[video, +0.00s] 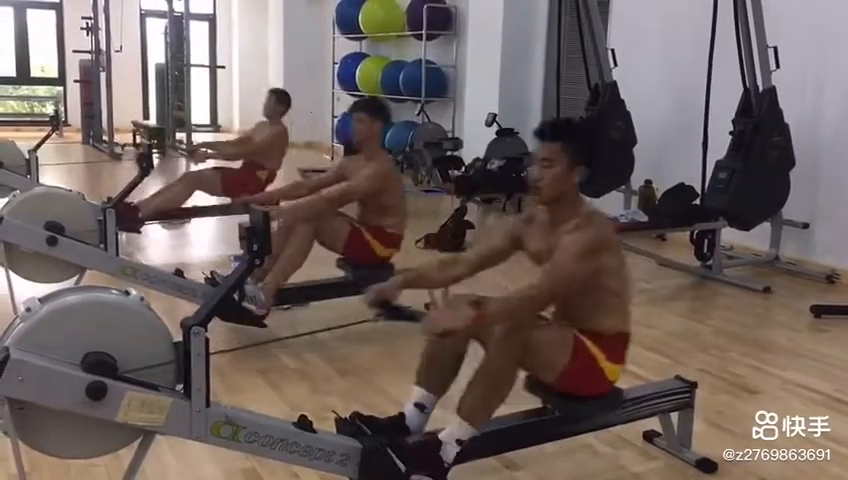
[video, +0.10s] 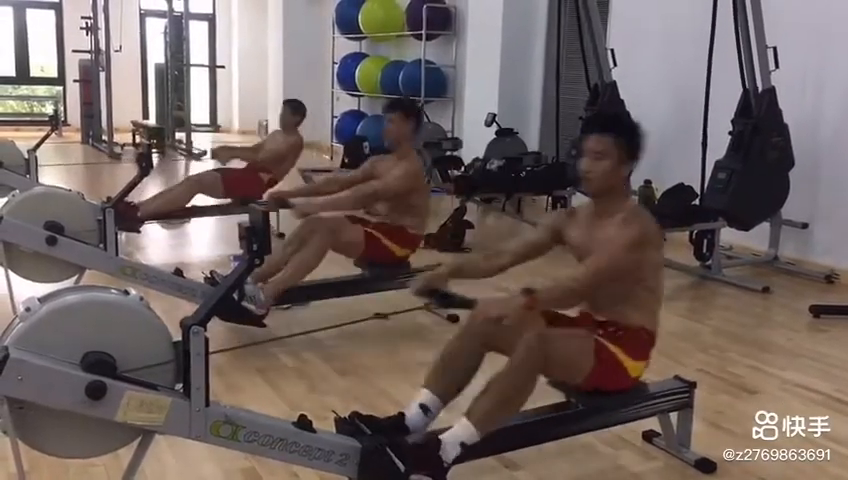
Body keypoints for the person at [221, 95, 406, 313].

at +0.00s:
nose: (353, 127)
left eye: (360, 122)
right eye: (353, 121)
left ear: (377, 127)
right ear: (352, 123)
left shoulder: (381, 169)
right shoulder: (353, 163)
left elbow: (329, 200)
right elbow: (308, 186)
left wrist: (281, 213)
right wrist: (260, 198)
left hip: (379, 244)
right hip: (363, 234)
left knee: (310, 220)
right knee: (296, 212)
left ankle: (266, 294)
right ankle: (258, 280)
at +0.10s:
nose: (386, 128)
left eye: (392, 122)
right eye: (386, 122)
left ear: (411, 127)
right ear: (390, 126)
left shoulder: (409, 169)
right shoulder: (381, 162)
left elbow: (362, 196)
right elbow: (338, 181)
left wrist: (307, 207)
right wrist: (289, 194)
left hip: (398, 239)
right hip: (375, 227)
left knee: (326, 230)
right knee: (311, 222)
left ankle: (267, 295)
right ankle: (252, 281)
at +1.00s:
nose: (429, 144)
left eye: (436, 139)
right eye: (428, 139)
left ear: (454, 144)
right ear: (430, 142)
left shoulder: (458, 181)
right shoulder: (425, 173)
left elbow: (457, 233)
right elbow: (412, 211)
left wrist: (423, 228)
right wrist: (381, 218)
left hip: (414, 242)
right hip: (391, 231)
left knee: (337, 258)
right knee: (325, 248)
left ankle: (259, 298)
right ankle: (243, 280)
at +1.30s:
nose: (407, 136)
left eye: (413, 130)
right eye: (407, 130)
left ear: (432, 135)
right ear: (411, 132)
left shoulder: (437, 176)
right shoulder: (410, 168)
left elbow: (422, 228)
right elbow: (378, 205)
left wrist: (377, 239)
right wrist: (340, 224)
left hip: (409, 249)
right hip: (386, 240)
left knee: (339, 264)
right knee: (325, 254)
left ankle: (258, 301)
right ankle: (242, 282)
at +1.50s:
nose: (397, 135)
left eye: (403, 130)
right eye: (397, 129)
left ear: (422, 134)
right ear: (401, 133)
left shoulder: (431, 176)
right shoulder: (401, 169)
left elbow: (402, 223)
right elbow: (367, 205)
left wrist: (364, 244)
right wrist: (329, 229)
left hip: (408, 251)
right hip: (387, 242)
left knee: (336, 271)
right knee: (324, 258)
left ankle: (260, 301)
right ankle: (247, 285)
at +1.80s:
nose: (386, 135)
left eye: (393, 130)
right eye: (386, 128)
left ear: (411, 134)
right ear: (390, 131)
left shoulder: (424, 171)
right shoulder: (391, 169)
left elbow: (394, 216)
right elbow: (357, 201)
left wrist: (348, 241)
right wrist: (316, 227)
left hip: (408, 251)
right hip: (385, 243)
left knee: (336, 260)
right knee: (320, 256)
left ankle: (261, 302)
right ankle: (242, 284)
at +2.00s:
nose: (375, 135)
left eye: (382, 130)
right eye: (375, 129)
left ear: (401, 134)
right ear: (382, 133)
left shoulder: (416, 168)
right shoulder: (380, 169)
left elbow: (383, 213)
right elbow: (345, 199)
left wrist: (341, 236)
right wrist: (304, 225)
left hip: (405, 247)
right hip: (380, 238)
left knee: (330, 251)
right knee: (316, 243)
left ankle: (263, 301)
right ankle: (246, 284)